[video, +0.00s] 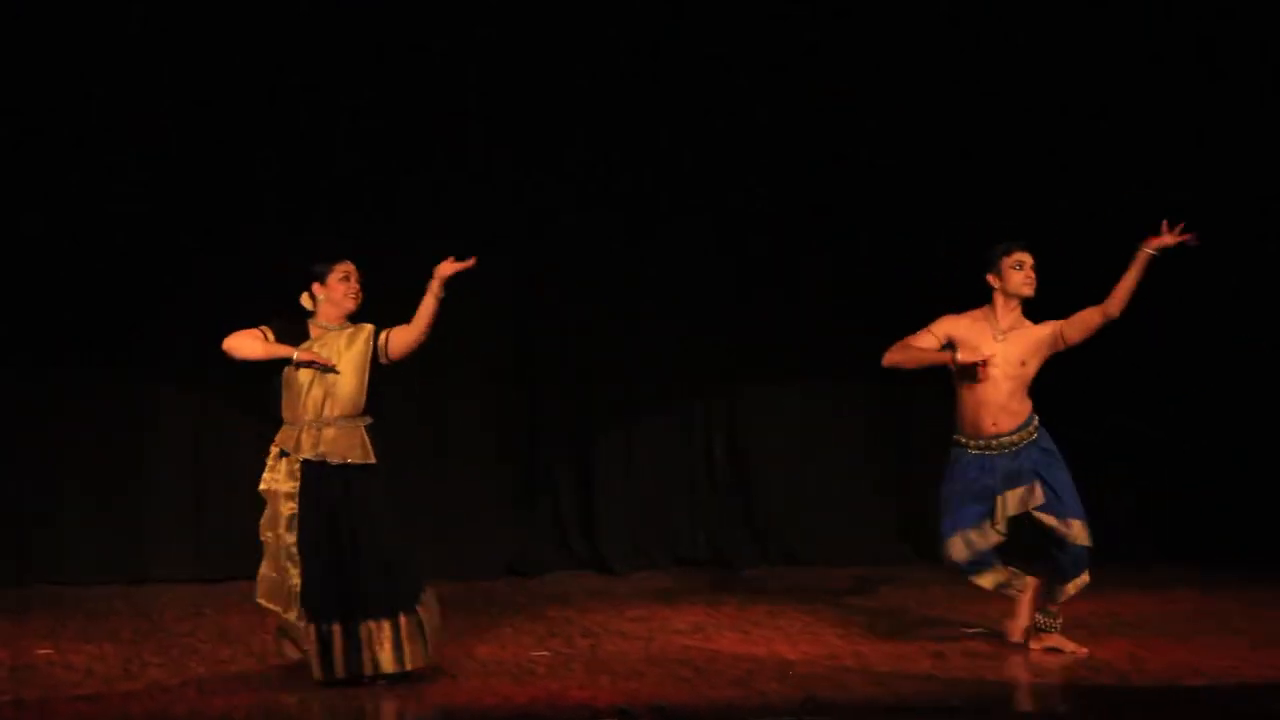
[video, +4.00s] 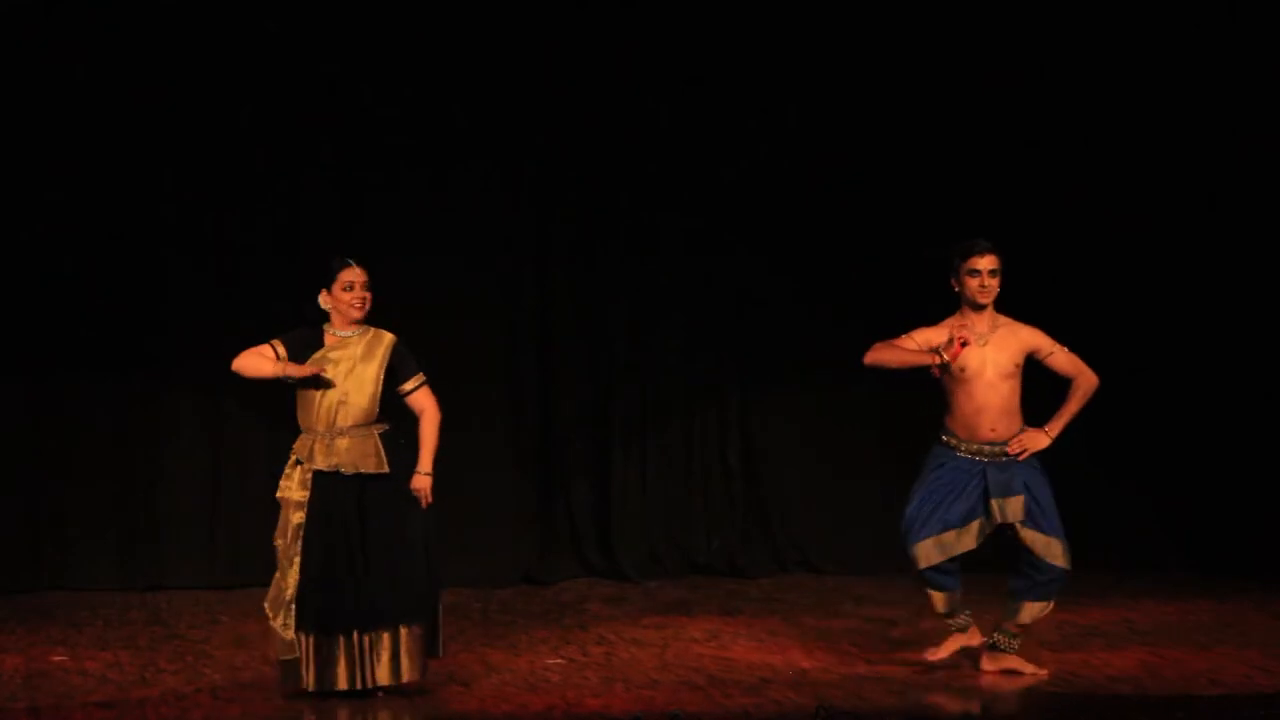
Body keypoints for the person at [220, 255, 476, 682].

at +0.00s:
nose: (355, 287)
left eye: (357, 282)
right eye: (344, 280)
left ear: (358, 294)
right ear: (317, 290)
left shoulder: (367, 339)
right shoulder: (293, 335)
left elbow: (414, 333)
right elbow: (232, 344)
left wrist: (437, 282)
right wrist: (292, 352)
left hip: (351, 459)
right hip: (298, 461)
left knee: (369, 552)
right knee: (311, 557)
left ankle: (381, 661)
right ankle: (325, 659)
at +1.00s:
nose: (274, 296)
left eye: (284, 288)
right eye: (267, 288)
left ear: (303, 295)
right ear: (258, 297)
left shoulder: (325, 343)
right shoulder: (250, 341)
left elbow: (388, 372)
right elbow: (204, 369)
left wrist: (352, 385)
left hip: (304, 472)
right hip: (249, 467)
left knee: (302, 569)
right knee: (240, 563)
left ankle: (290, 671)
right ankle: (233, 669)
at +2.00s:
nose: (281, 298)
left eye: (290, 290)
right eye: (275, 290)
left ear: (314, 296)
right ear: (269, 297)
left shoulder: (339, 345)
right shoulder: (260, 344)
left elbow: (389, 398)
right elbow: (203, 369)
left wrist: (366, 451)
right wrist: (251, 355)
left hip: (322, 469)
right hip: (266, 468)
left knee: (328, 568)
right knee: (270, 569)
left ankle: (330, 674)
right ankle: (276, 675)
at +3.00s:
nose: (331, 294)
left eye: (335, 287)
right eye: (320, 286)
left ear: (339, 294)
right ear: (294, 293)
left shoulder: (352, 344)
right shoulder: (270, 338)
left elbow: (394, 406)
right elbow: (209, 358)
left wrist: (386, 463)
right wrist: (265, 360)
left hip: (338, 470)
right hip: (280, 469)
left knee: (351, 569)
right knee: (276, 569)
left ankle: (359, 673)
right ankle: (269, 674)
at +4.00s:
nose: (360, 296)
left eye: (365, 288)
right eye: (349, 288)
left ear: (372, 296)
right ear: (326, 296)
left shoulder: (386, 347)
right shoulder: (307, 340)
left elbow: (429, 409)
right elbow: (242, 363)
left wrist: (423, 470)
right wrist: (289, 370)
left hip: (373, 473)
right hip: (317, 473)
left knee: (378, 570)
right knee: (321, 572)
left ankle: (381, 674)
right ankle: (324, 675)